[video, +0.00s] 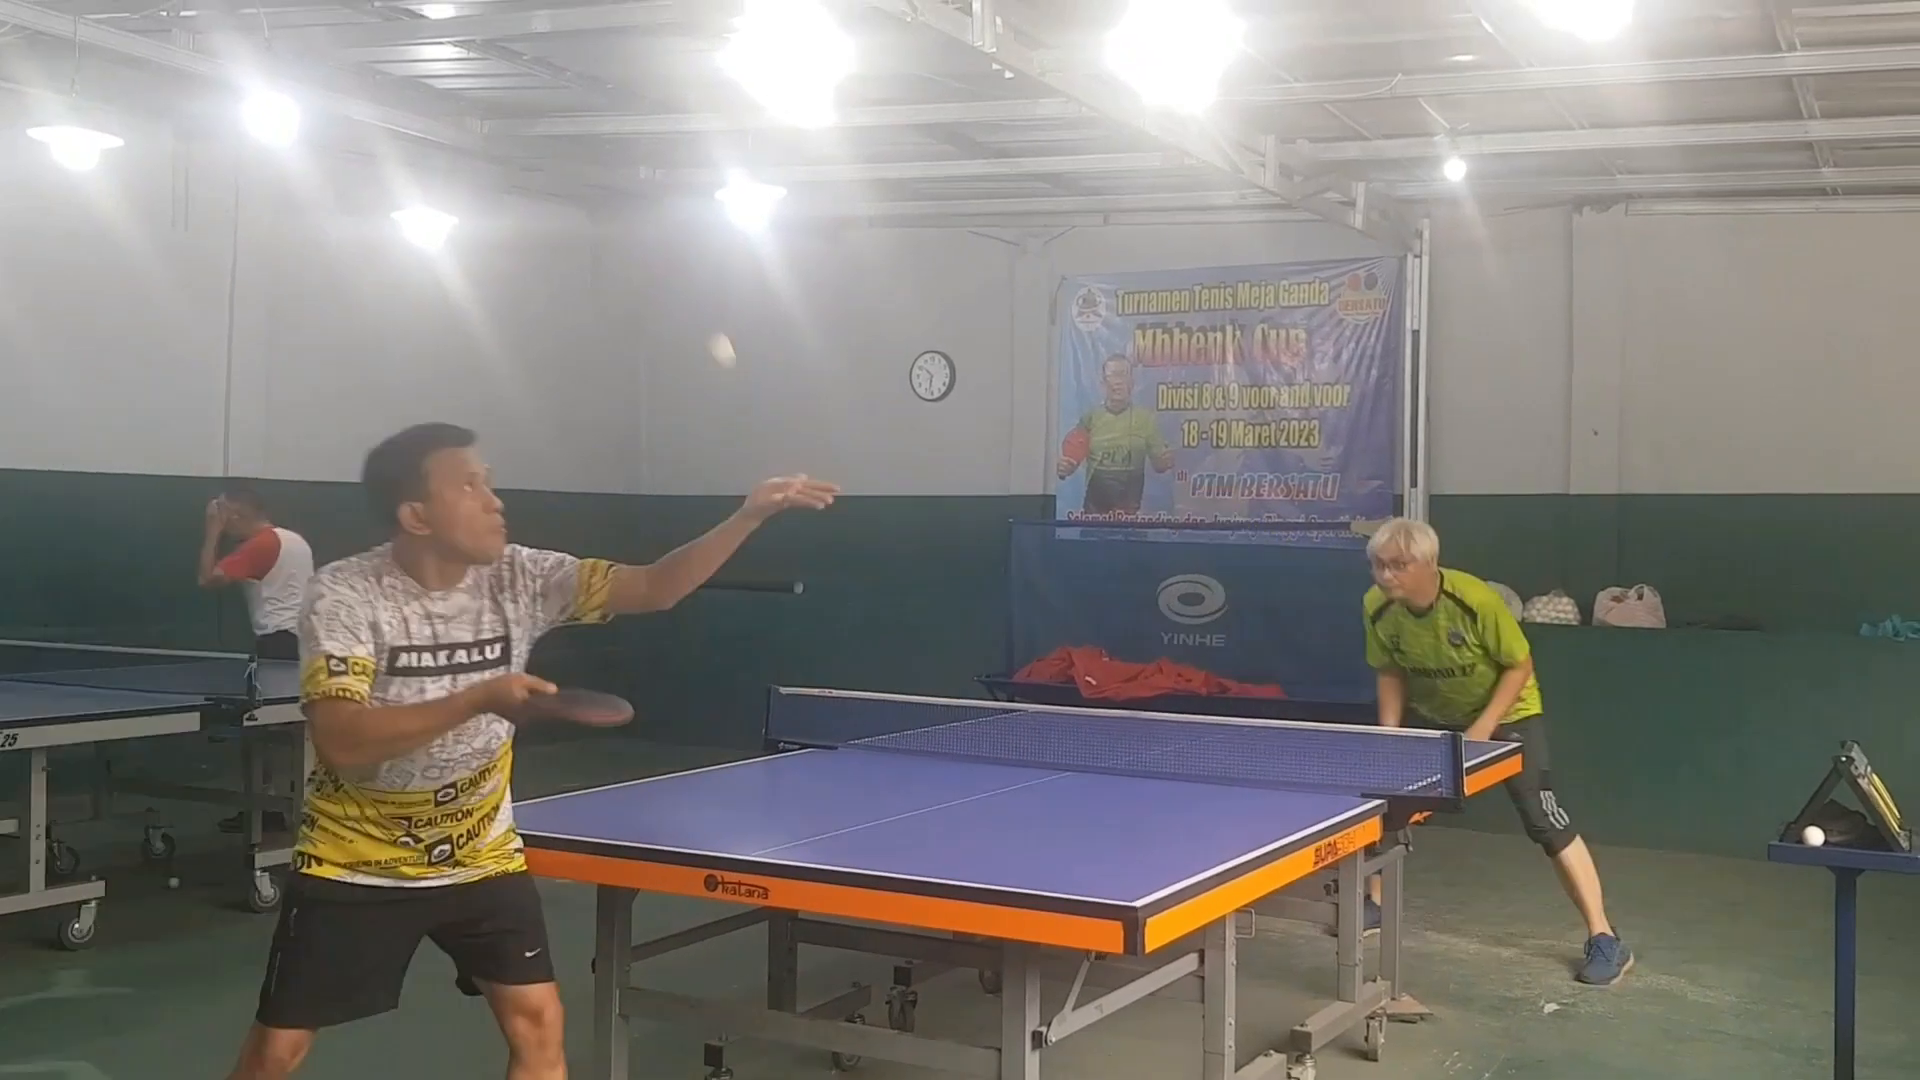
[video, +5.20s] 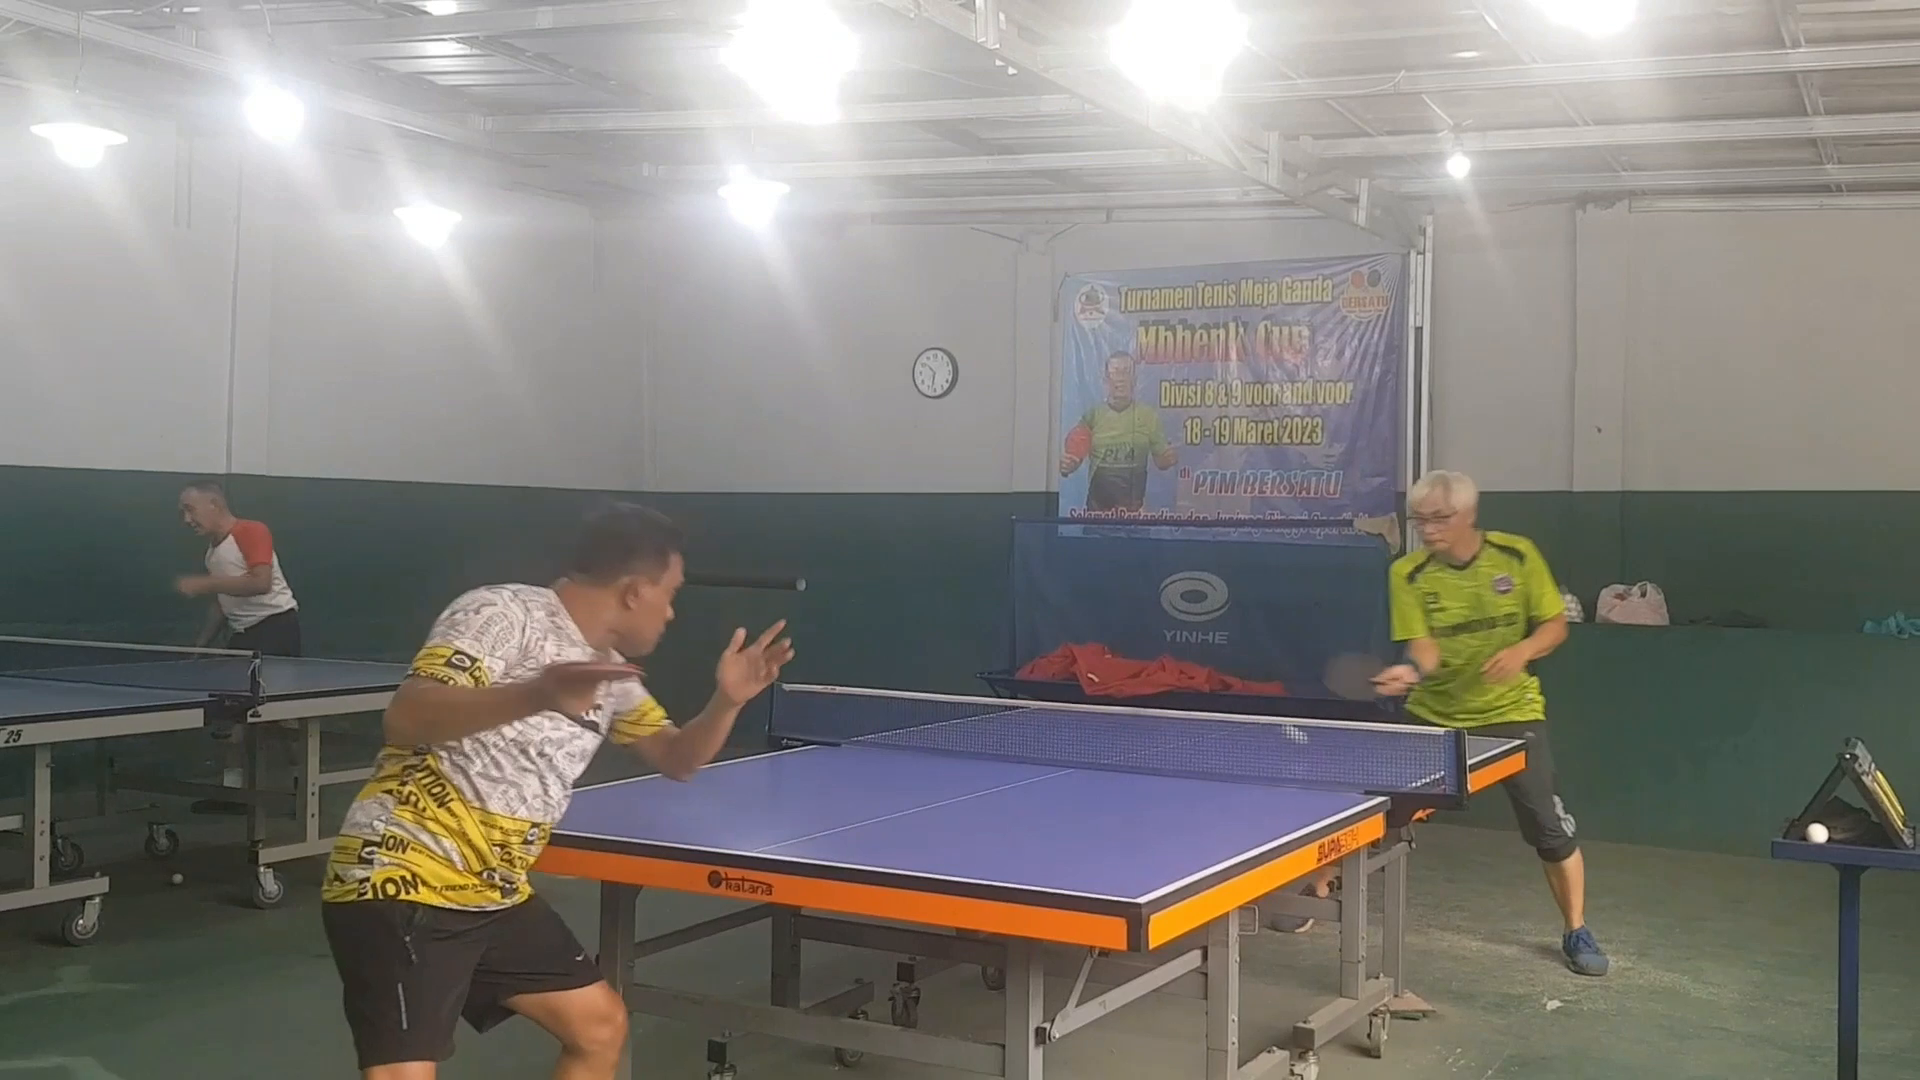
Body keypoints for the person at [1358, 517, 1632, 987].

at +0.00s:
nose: (1383, 576)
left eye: (1394, 566)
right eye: (1378, 566)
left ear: (1425, 565)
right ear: (1374, 567)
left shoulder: (1475, 600)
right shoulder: (1377, 607)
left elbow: (1520, 665)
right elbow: (1388, 674)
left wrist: (1484, 726)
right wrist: (1388, 741)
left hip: (1507, 714)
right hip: (1430, 719)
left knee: (1541, 814)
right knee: (1375, 804)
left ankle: (1603, 937)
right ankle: (1369, 903)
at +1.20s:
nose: (1376, 530)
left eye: (1387, 520)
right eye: (1370, 520)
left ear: (1418, 520)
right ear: (1365, 523)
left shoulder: (1464, 565)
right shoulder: (1357, 570)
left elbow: (1494, 631)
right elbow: (1351, 633)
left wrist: (1459, 690)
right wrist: (1339, 695)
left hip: (1472, 700)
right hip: (1394, 702)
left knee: (1505, 803)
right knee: (1363, 795)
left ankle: (1539, 916)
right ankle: (1370, 897)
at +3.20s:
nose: (1349, 526)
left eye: (1360, 517)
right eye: (1343, 517)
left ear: (1391, 518)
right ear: (1340, 519)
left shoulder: (1436, 562)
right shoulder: (1332, 569)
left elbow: (1469, 630)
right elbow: (1314, 635)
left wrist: (1436, 675)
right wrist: (1287, 671)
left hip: (1440, 702)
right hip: (1362, 703)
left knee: (1485, 799)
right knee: (1315, 782)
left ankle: (1521, 909)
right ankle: (1310, 896)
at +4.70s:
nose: (1390, 530)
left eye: (1401, 519)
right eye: (1384, 521)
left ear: (1431, 518)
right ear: (1379, 524)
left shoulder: (1482, 561)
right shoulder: (1376, 574)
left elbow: (1519, 633)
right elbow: (1375, 649)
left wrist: (1480, 664)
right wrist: (1348, 671)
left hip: (1482, 718)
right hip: (1402, 718)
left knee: (1524, 814)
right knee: (1339, 789)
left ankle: (1575, 928)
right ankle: (1314, 894)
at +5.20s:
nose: (1428, 529)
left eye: (1439, 519)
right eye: (1421, 519)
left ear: (1468, 516)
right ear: (1414, 520)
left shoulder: (1518, 555)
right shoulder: (1407, 573)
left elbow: (1556, 626)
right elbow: (1424, 648)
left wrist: (1521, 652)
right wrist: (1411, 668)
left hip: (1511, 710)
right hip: (1433, 711)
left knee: (1546, 821)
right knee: (1366, 796)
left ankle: (1577, 931)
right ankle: (1318, 889)